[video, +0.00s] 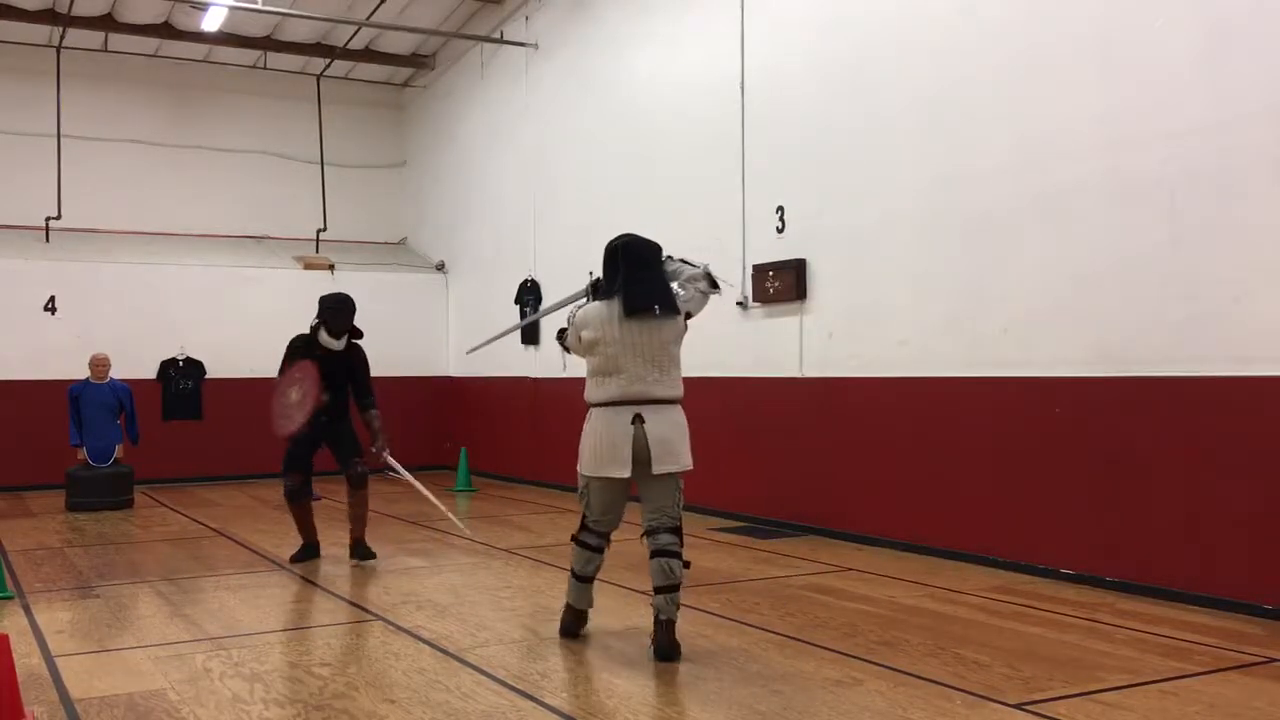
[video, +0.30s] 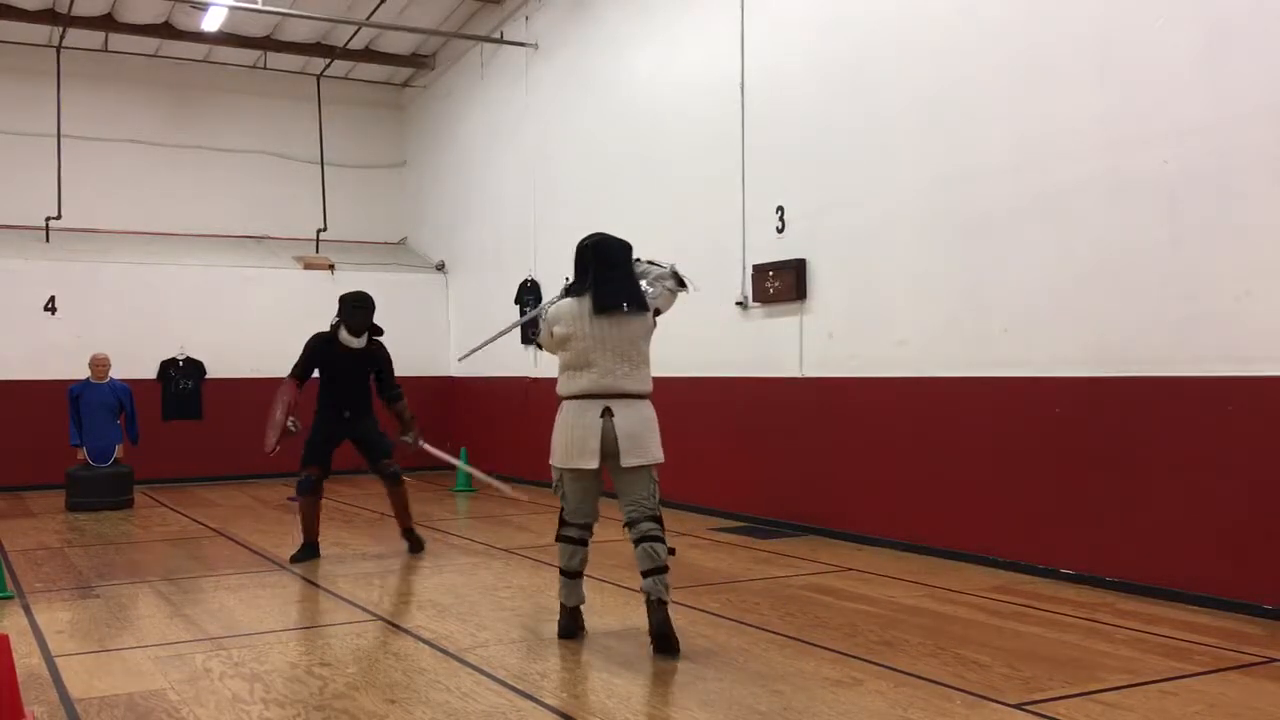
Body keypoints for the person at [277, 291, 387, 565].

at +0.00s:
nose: (339, 334)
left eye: (345, 328)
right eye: (334, 327)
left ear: (351, 325)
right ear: (322, 321)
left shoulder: (354, 353)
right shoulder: (300, 346)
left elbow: (366, 399)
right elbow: (284, 388)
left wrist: (378, 436)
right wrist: (307, 402)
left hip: (339, 424)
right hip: (304, 424)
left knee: (358, 474)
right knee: (294, 484)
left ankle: (358, 542)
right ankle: (310, 543)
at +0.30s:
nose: (359, 320)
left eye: (364, 314)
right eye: (354, 313)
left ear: (372, 317)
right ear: (342, 314)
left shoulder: (376, 350)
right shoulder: (320, 344)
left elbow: (391, 391)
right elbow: (295, 380)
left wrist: (409, 425)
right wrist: (285, 414)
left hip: (362, 421)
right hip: (327, 421)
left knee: (392, 473)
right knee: (309, 481)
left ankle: (408, 531)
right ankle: (310, 544)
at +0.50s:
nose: (378, 321)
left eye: (384, 315)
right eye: (373, 315)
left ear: (391, 319)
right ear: (362, 316)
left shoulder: (398, 351)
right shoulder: (344, 346)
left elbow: (417, 393)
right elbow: (325, 385)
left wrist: (438, 428)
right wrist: (323, 422)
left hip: (387, 422)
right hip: (353, 421)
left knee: (407, 479)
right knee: (329, 478)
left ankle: (417, 536)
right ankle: (313, 540)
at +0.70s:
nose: (391, 326)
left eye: (396, 321)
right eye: (386, 320)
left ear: (403, 321)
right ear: (376, 317)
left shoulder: (410, 348)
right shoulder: (359, 344)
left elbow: (428, 384)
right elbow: (348, 379)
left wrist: (438, 410)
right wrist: (361, 397)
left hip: (398, 418)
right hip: (365, 418)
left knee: (413, 476)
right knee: (340, 471)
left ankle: (418, 536)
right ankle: (331, 534)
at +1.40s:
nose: (340, 327)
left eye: (347, 322)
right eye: (337, 321)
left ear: (358, 325)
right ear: (332, 322)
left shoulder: (366, 356)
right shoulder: (324, 350)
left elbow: (384, 395)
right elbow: (303, 380)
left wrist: (398, 432)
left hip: (356, 423)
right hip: (326, 423)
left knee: (379, 475)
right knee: (320, 479)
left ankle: (400, 531)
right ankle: (343, 529)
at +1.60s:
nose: (325, 325)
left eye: (331, 320)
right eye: (322, 320)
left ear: (343, 322)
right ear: (318, 321)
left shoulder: (356, 354)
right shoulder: (314, 350)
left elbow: (371, 397)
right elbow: (301, 380)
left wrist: (383, 432)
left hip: (344, 421)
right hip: (317, 422)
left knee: (345, 471)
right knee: (316, 475)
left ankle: (343, 529)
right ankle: (341, 527)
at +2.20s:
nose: (293, 328)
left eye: (300, 324)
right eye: (290, 322)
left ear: (312, 326)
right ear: (285, 320)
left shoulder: (321, 353)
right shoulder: (277, 346)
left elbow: (339, 397)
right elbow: (250, 376)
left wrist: (352, 433)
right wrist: (263, 354)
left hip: (305, 421)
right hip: (276, 419)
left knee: (297, 477)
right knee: (267, 480)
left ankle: (289, 542)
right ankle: (310, 508)